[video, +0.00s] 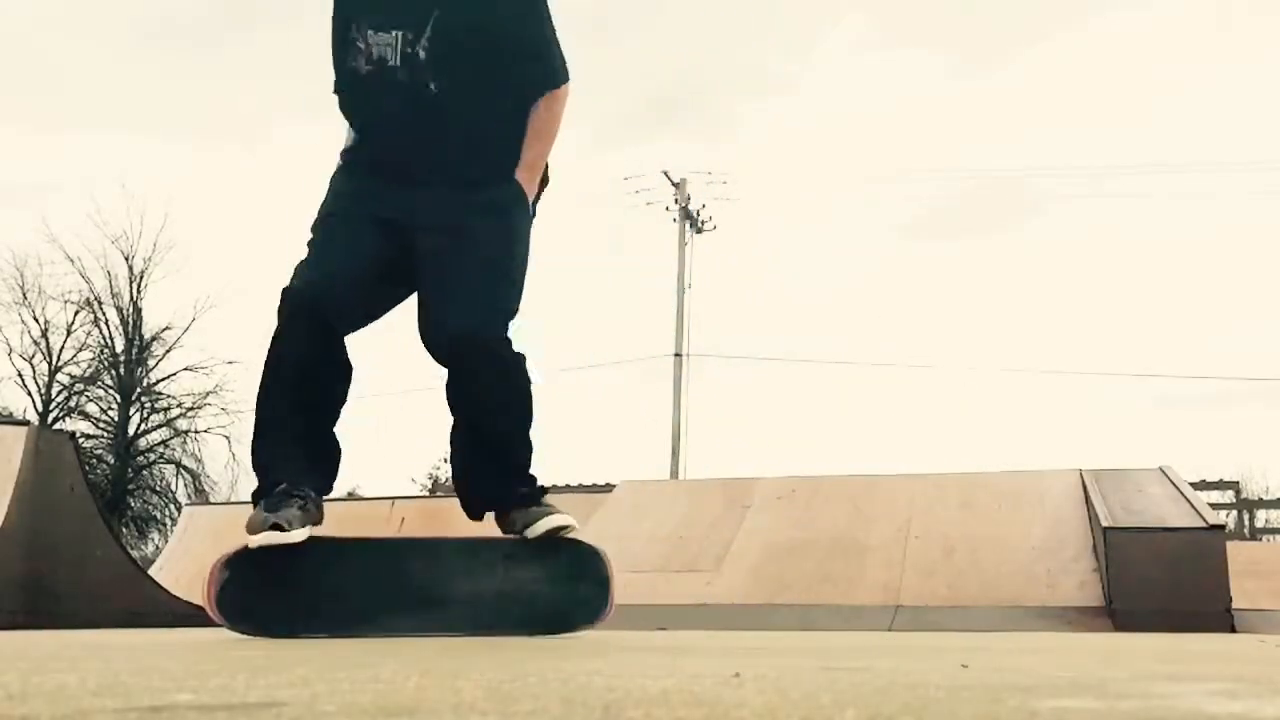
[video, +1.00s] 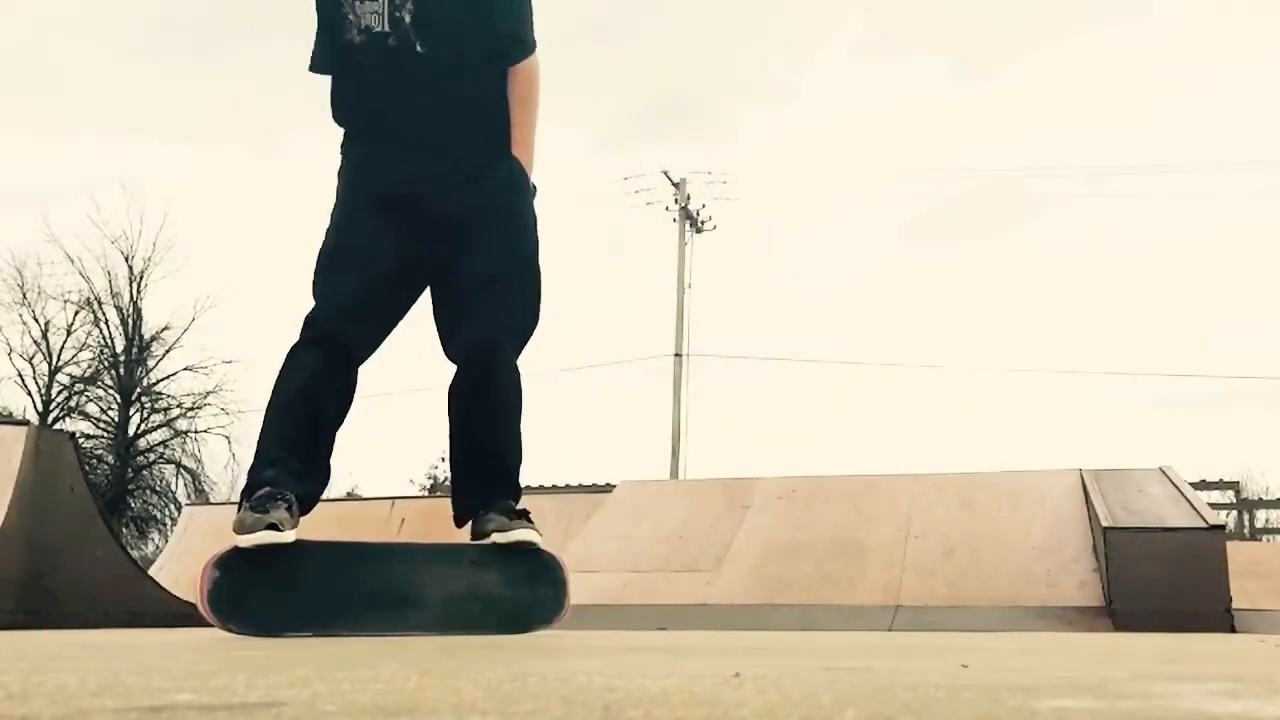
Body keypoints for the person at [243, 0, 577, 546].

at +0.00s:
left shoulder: (511, 9)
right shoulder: (350, 7)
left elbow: (551, 83)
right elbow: (353, 89)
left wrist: (522, 182)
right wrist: (372, 159)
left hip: (480, 190)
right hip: (374, 184)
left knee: (471, 334)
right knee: (308, 308)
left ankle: (513, 495)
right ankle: (290, 486)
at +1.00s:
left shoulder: (503, 6)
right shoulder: (338, 6)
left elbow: (521, 57)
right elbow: (345, 82)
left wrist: (519, 168)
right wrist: (360, 169)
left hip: (483, 177)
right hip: (378, 178)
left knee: (490, 350)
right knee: (331, 334)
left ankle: (494, 507)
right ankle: (273, 493)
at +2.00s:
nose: (534, 28)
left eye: (550, 20)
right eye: (532, 8)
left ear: (555, 19)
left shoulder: (499, 67)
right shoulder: (376, 12)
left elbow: (430, 158)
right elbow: (287, 71)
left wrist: (413, 237)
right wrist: (307, 192)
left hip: (392, 221)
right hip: (315, 196)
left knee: (449, 387)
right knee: (366, 335)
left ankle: (362, 543)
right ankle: (281, 530)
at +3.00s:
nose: (583, 34)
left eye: (592, 31)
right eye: (594, 22)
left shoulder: (432, 8)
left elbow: (377, 94)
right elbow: (527, 53)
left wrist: (386, 171)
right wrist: (540, 171)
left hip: (385, 168)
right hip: (473, 163)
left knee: (399, 364)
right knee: (534, 345)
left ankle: (344, 522)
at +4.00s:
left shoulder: (634, 19)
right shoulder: (772, 25)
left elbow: (610, 124)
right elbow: (779, 131)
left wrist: (607, 216)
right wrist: (772, 226)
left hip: (640, 222)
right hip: (736, 224)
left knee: (628, 389)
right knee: (737, 398)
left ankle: (624, 536)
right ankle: (742, 554)